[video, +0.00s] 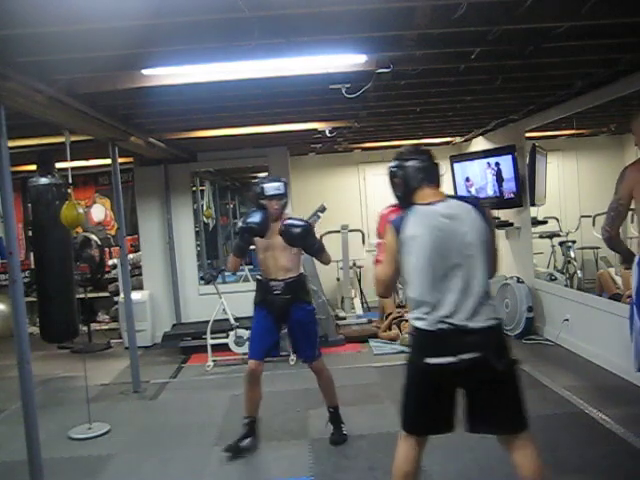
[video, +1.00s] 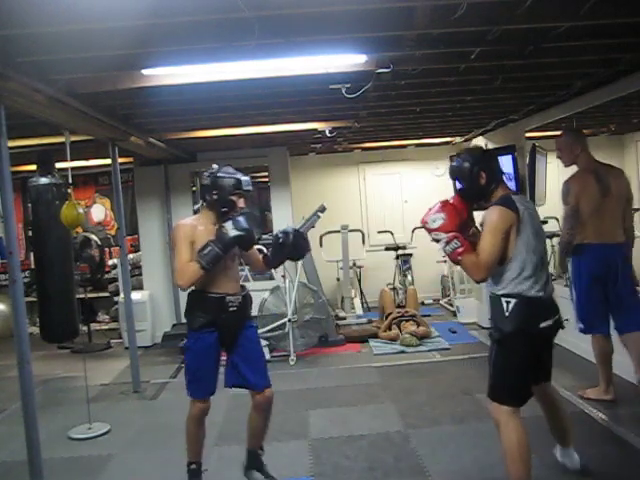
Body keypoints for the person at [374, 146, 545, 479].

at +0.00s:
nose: (393, 185)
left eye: (394, 179)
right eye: (393, 179)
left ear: (400, 183)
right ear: (436, 177)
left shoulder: (399, 225)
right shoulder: (476, 213)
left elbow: (384, 286)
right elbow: (490, 269)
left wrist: (387, 254)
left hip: (432, 351)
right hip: (486, 345)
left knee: (412, 438)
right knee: (517, 438)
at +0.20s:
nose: (440, 192)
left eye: (440, 185)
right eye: (438, 185)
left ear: (451, 183)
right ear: (483, 177)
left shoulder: (450, 230)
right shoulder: (526, 214)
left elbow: (428, 294)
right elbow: (528, 266)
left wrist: (418, 257)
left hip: (480, 357)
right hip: (537, 351)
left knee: (454, 440)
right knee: (553, 444)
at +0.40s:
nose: (457, 188)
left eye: (457, 178)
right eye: (455, 179)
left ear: (474, 171)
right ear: (503, 165)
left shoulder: (475, 214)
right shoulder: (550, 199)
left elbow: (458, 284)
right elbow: (549, 252)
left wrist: (436, 247)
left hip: (498, 339)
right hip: (553, 334)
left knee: (473, 418)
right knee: (552, 438)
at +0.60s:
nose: (455, 205)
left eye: (455, 196)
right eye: (451, 198)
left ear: (469, 189)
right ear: (491, 181)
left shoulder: (490, 226)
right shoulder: (545, 209)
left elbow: (461, 290)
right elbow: (513, 262)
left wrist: (438, 248)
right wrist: (467, 233)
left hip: (512, 341)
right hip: (562, 337)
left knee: (476, 415)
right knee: (554, 433)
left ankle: (508, 474)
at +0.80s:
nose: (454, 193)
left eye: (454, 184)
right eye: (451, 185)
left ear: (470, 179)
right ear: (484, 175)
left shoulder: (492, 215)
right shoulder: (528, 205)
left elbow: (462, 278)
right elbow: (502, 257)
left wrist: (434, 242)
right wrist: (465, 230)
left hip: (512, 329)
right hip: (552, 323)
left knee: (487, 412)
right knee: (547, 407)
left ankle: (512, 475)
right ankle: (561, 475)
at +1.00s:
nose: (462, 189)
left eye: (464, 182)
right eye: (460, 182)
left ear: (480, 178)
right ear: (492, 176)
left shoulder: (499, 211)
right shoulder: (521, 204)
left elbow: (478, 271)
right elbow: (496, 260)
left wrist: (449, 238)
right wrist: (468, 229)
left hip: (516, 319)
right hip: (542, 313)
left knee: (503, 406)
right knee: (541, 385)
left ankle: (520, 474)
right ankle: (568, 453)